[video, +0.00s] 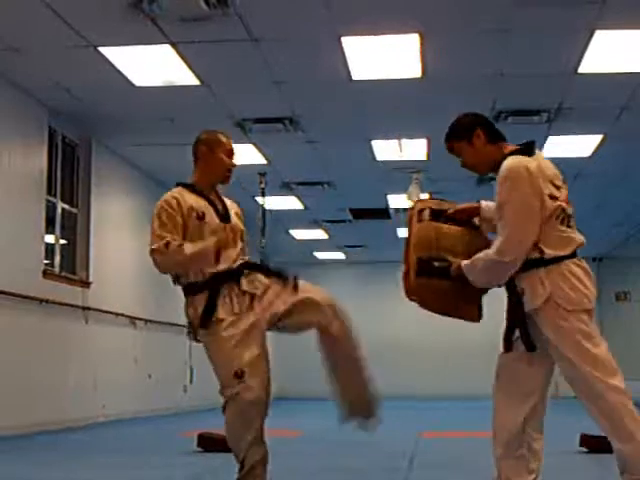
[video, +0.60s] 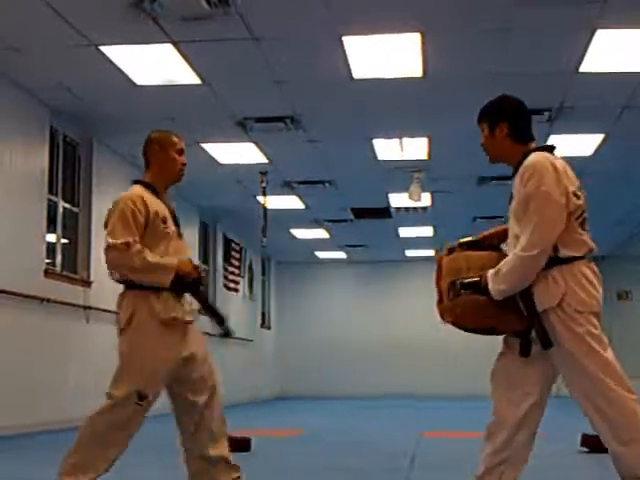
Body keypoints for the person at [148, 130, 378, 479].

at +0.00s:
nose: (233, 164)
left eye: (233, 157)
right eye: (227, 155)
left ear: (209, 157)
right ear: (203, 155)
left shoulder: (232, 208)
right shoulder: (174, 202)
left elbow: (236, 258)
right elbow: (163, 257)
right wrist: (214, 246)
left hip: (254, 287)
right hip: (219, 306)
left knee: (327, 311)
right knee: (247, 395)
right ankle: (252, 472)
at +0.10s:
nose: (237, 152)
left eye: (237, 146)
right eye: (230, 145)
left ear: (228, 151)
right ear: (206, 148)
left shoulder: (241, 200)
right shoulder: (184, 194)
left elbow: (247, 254)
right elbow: (165, 247)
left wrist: (278, 287)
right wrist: (209, 269)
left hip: (256, 301)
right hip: (216, 305)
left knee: (291, 376)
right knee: (235, 384)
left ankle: (274, 467)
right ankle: (245, 465)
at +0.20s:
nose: (241, 157)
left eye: (240, 151)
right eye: (233, 151)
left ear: (235, 159)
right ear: (210, 156)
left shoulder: (250, 209)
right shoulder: (191, 203)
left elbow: (266, 254)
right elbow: (165, 255)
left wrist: (296, 257)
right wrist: (214, 273)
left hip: (250, 306)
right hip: (210, 307)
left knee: (269, 384)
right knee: (227, 379)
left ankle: (253, 467)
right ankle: (216, 469)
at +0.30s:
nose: (236, 148)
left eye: (235, 142)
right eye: (228, 142)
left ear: (223, 149)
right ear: (205, 146)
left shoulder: (239, 201)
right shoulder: (186, 191)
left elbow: (247, 243)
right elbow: (158, 241)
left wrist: (269, 241)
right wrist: (208, 261)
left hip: (242, 296)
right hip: (201, 296)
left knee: (254, 379)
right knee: (204, 373)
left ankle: (255, 469)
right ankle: (160, 462)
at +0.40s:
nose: (221, 138)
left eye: (221, 132)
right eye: (214, 131)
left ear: (216, 140)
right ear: (188, 136)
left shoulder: (222, 190)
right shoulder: (171, 178)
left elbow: (218, 244)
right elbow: (144, 229)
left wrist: (238, 243)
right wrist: (196, 251)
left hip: (224, 293)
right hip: (187, 290)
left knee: (241, 379)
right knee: (179, 372)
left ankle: (252, 469)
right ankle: (118, 457)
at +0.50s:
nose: (204, 151)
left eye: (204, 145)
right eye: (198, 143)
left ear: (191, 150)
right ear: (174, 145)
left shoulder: (197, 200)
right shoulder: (157, 189)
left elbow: (191, 247)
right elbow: (130, 242)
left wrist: (218, 259)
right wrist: (185, 263)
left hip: (207, 306)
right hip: (176, 303)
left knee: (230, 391)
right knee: (153, 387)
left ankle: (219, 473)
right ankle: (84, 469)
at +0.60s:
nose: (184, 160)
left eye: (184, 154)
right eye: (177, 152)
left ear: (169, 160)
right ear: (153, 156)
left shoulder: (164, 208)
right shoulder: (133, 200)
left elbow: (160, 261)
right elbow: (120, 258)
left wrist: (186, 277)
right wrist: (175, 269)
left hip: (177, 311)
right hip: (148, 310)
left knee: (202, 397)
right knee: (129, 402)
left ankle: (215, 473)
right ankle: (76, 474)